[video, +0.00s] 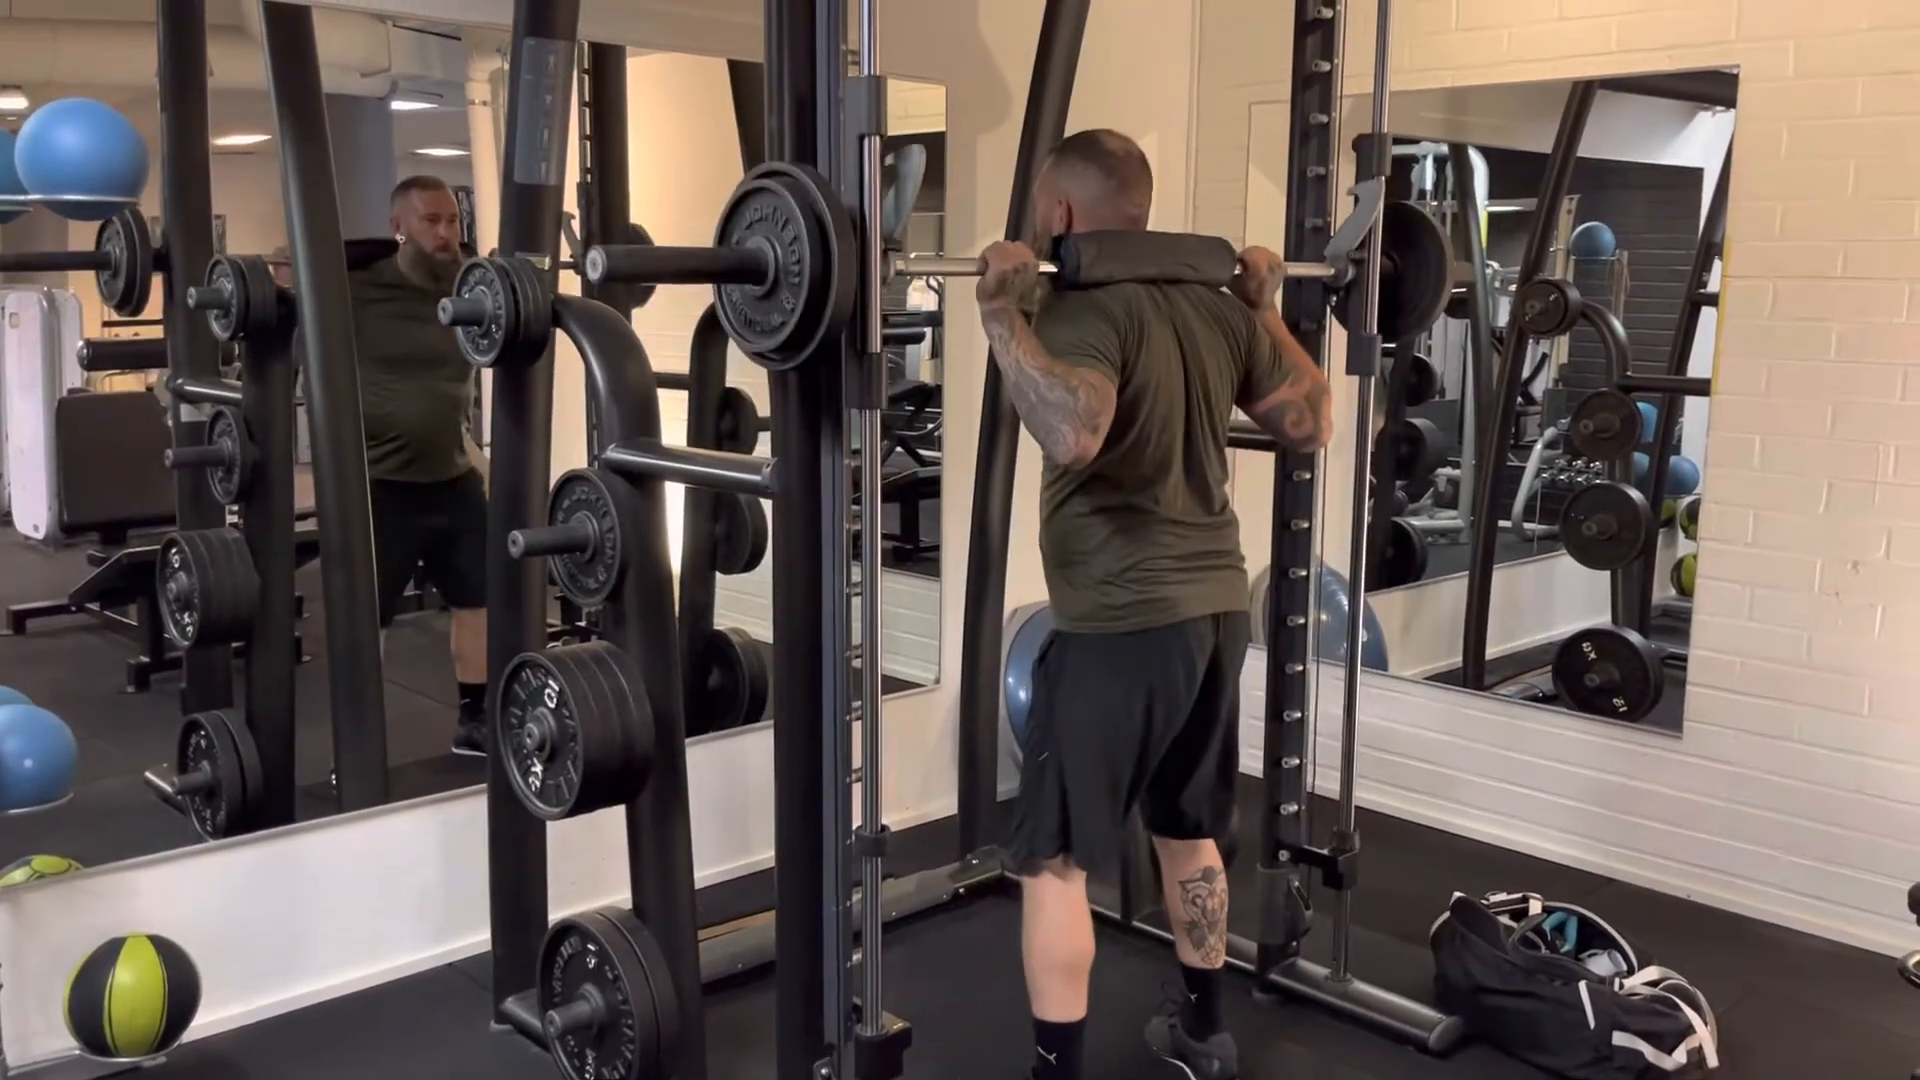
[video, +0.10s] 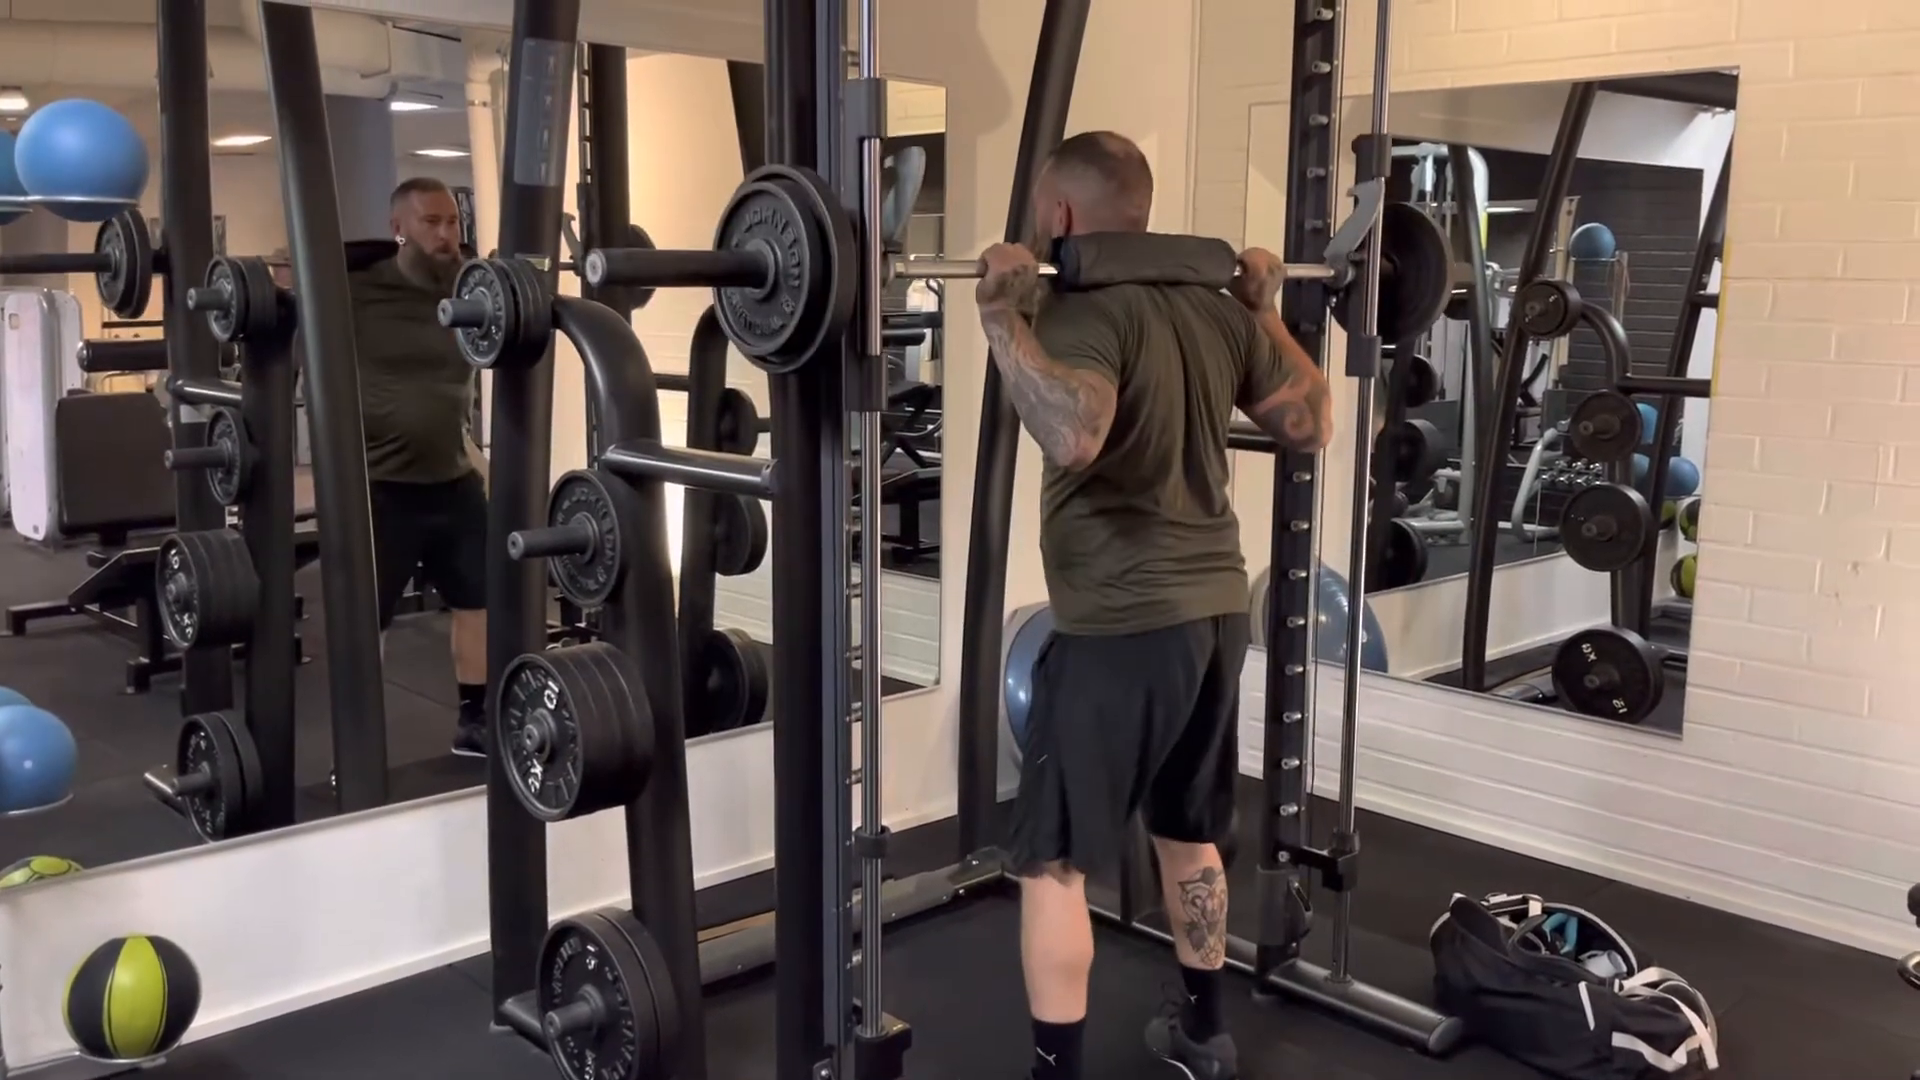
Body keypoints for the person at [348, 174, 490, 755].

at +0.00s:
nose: (448, 232)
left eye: (454, 220)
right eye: (434, 220)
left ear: (462, 225)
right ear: (399, 225)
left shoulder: (466, 289)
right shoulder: (355, 292)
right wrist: (278, 283)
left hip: (453, 479)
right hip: (378, 484)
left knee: (476, 594)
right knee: (361, 617)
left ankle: (477, 717)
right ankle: (353, 731)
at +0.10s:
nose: (449, 233)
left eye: (455, 221)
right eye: (434, 221)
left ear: (462, 226)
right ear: (399, 227)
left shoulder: (466, 291)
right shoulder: (355, 293)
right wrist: (277, 283)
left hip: (453, 482)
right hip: (378, 486)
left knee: (477, 596)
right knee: (362, 619)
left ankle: (477, 719)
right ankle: (353, 734)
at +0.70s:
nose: (449, 260)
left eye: (454, 248)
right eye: (435, 248)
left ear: (462, 251)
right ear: (401, 252)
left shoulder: (467, 313)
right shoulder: (356, 313)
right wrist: (264, 290)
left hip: (445, 495)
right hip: (372, 499)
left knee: (486, 593)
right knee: (353, 625)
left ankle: (476, 726)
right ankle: (350, 744)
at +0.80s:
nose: (447, 289)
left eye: (452, 278)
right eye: (435, 277)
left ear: (457, 280)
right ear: (404, 279)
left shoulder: (460, 344)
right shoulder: (361, 339)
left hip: (445, 510)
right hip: (376, 511)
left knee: (494, 594)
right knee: (355, 630)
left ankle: (476, 726)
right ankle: (352, 752)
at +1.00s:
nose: (453, 365)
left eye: (457, 350)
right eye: (438, 351)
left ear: (467, 353)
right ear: (405, 358)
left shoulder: (471, 408)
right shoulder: (363, 412)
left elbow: (500, 448)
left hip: (436, 551)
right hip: (367, 556)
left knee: (509, 604)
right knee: (352, 644)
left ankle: (477, 726)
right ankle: (353, 756)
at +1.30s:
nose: (454, 451)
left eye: (462, 437)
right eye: (441, 438)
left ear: (470, 435)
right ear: (408, 439)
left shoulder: (477, 485)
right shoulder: (363, 485)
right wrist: (292, 492)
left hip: (435, 616)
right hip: (365, 620)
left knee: (509, 617)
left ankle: (477, 729)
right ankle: (352, 761)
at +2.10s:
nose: (455, 379)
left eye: (461, 366)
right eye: (441, 366)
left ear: (470, 368)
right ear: (407, 370)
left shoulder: (473, 423)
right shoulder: (364, 420)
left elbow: (514, 467)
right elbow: (293, 470)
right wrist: (287, 421)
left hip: (430, 560)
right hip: (360, 565)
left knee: (508, 608)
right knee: (353, 653)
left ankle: (480, 728)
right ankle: (356, 765)